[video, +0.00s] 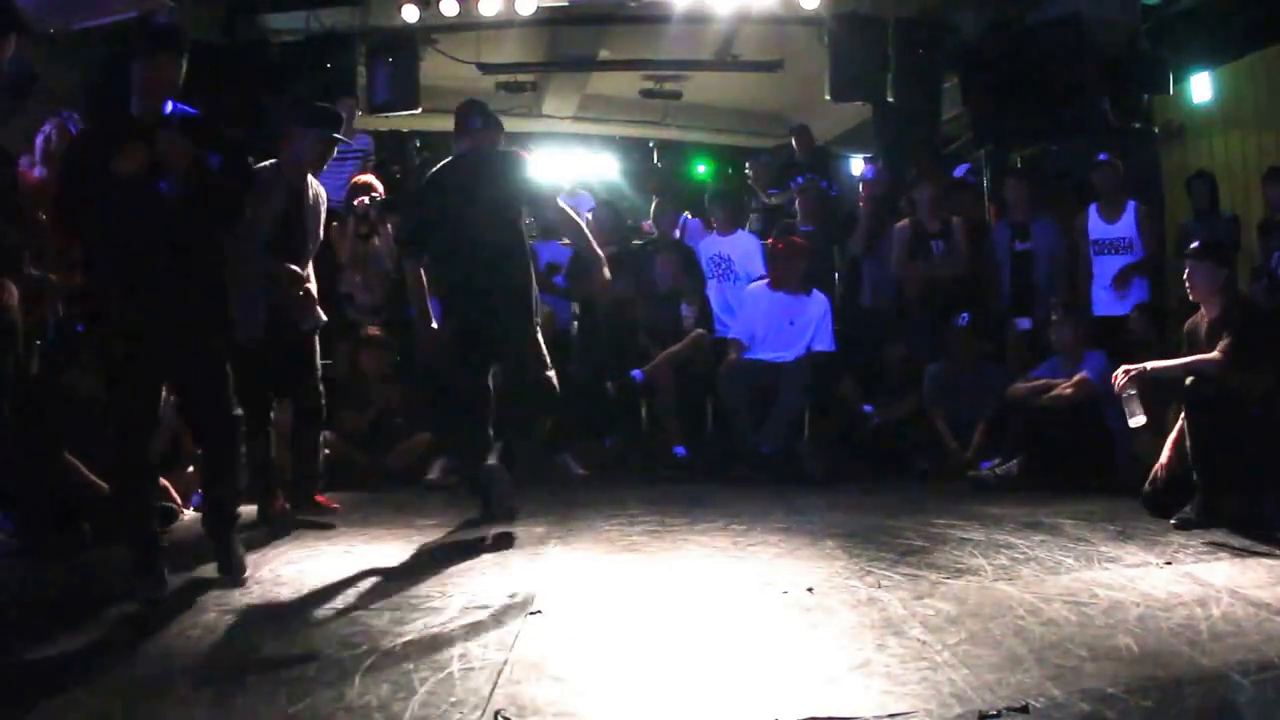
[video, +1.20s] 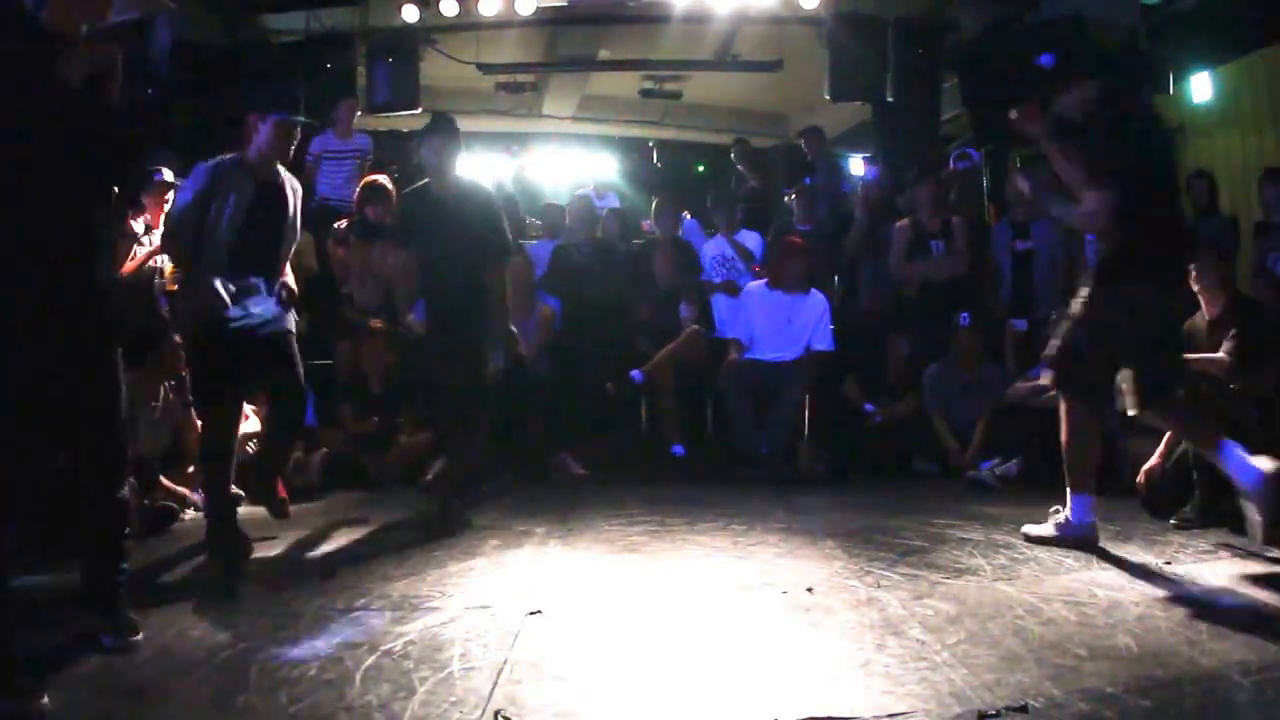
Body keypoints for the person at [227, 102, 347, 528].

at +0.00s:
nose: (328, 152)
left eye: (331, 144)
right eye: (321, 142)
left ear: (325, 148)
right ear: (295, 139)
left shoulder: (316, 192)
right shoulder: (260, 180)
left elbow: (310, 252)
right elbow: (246, 247)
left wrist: (311, 297)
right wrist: (287, 274)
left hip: (299, 312)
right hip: (255, 312)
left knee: (310, 403)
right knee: (258, 406)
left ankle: (305, 489)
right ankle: (267, 493)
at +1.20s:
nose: (290, 141)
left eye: (296, 133)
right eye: (283, 130)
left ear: (298, 137)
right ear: (255, 126)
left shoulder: (291, 188)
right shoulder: (211, 176)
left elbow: (282, 253)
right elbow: (175, 236)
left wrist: (285, 280)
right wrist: (201, 279)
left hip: (267, 311)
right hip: (212, 314)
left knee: (292, 401)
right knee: (220, 423)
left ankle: (265, 471)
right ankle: (221, 528)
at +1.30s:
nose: (280, 135)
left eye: (284, 126)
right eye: (273, 125)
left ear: (286, 130)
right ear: (246, 124)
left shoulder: (291, 185)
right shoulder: (207, 179)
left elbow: (288, 242)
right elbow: (166, 233)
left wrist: (288, 281)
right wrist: (193, 276)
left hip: (271, 317)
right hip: (215, 319)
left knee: (284, 405)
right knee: (221, 422)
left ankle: (269, 480)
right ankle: (222, 525)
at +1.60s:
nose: (283, 119)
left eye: (285, 110)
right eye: (273, 110)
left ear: (285, 115)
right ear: (243, 114)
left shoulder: (297, 175)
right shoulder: (203, 173)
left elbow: (309, 232)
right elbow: (164, 231)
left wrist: (293, 276)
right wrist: (184, 278)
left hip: (271, 313)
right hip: (212, 313)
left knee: (262, 419)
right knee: (215, 421)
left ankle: (265, 525)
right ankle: (231, 517)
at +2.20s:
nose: (282, 93)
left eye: (286, 83)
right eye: (274, 80)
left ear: (283, 91)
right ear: (248, 80)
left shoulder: (279, 152)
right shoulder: (207, 133)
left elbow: (279, 230)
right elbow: (157, 193)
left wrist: (290, 299)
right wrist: (197, 267)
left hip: (264, 313)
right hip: (209, 311)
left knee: (266, 434)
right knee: (209, 431)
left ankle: (270, 546)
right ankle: (182, 555)